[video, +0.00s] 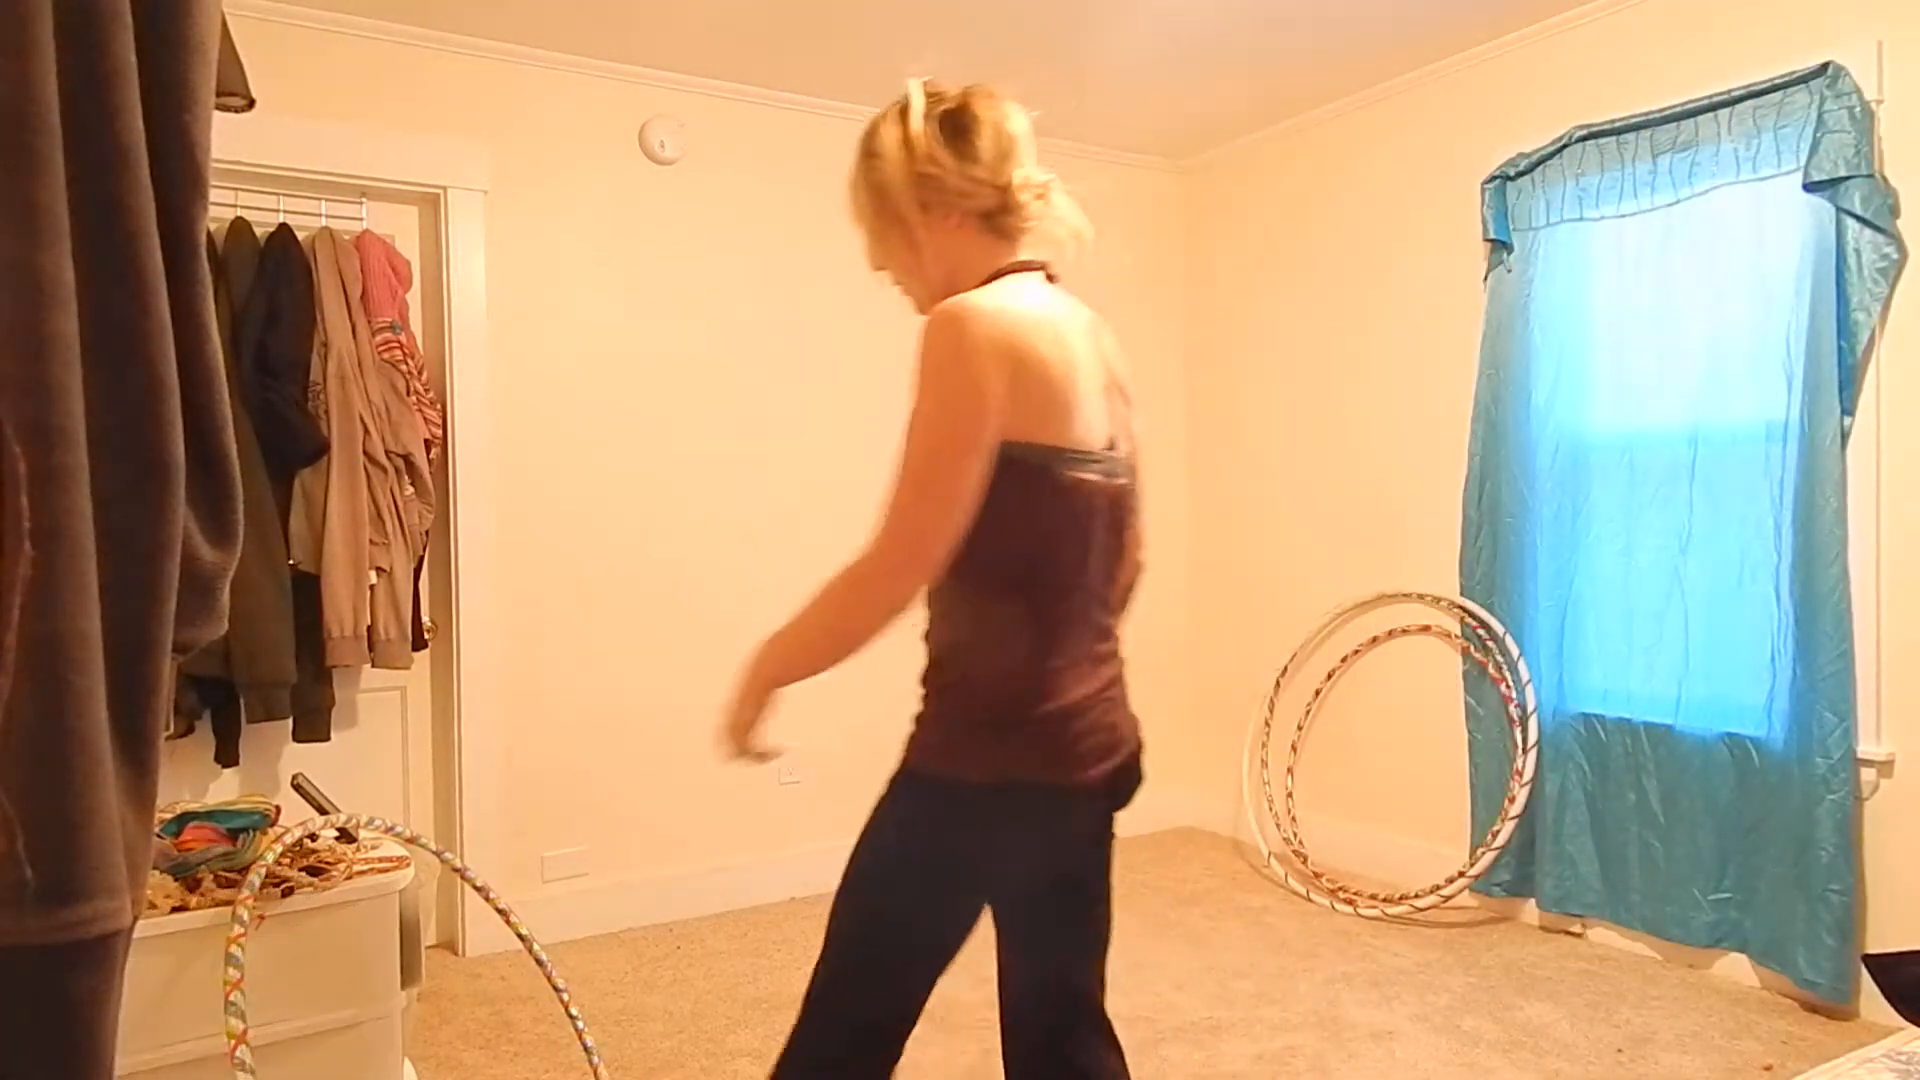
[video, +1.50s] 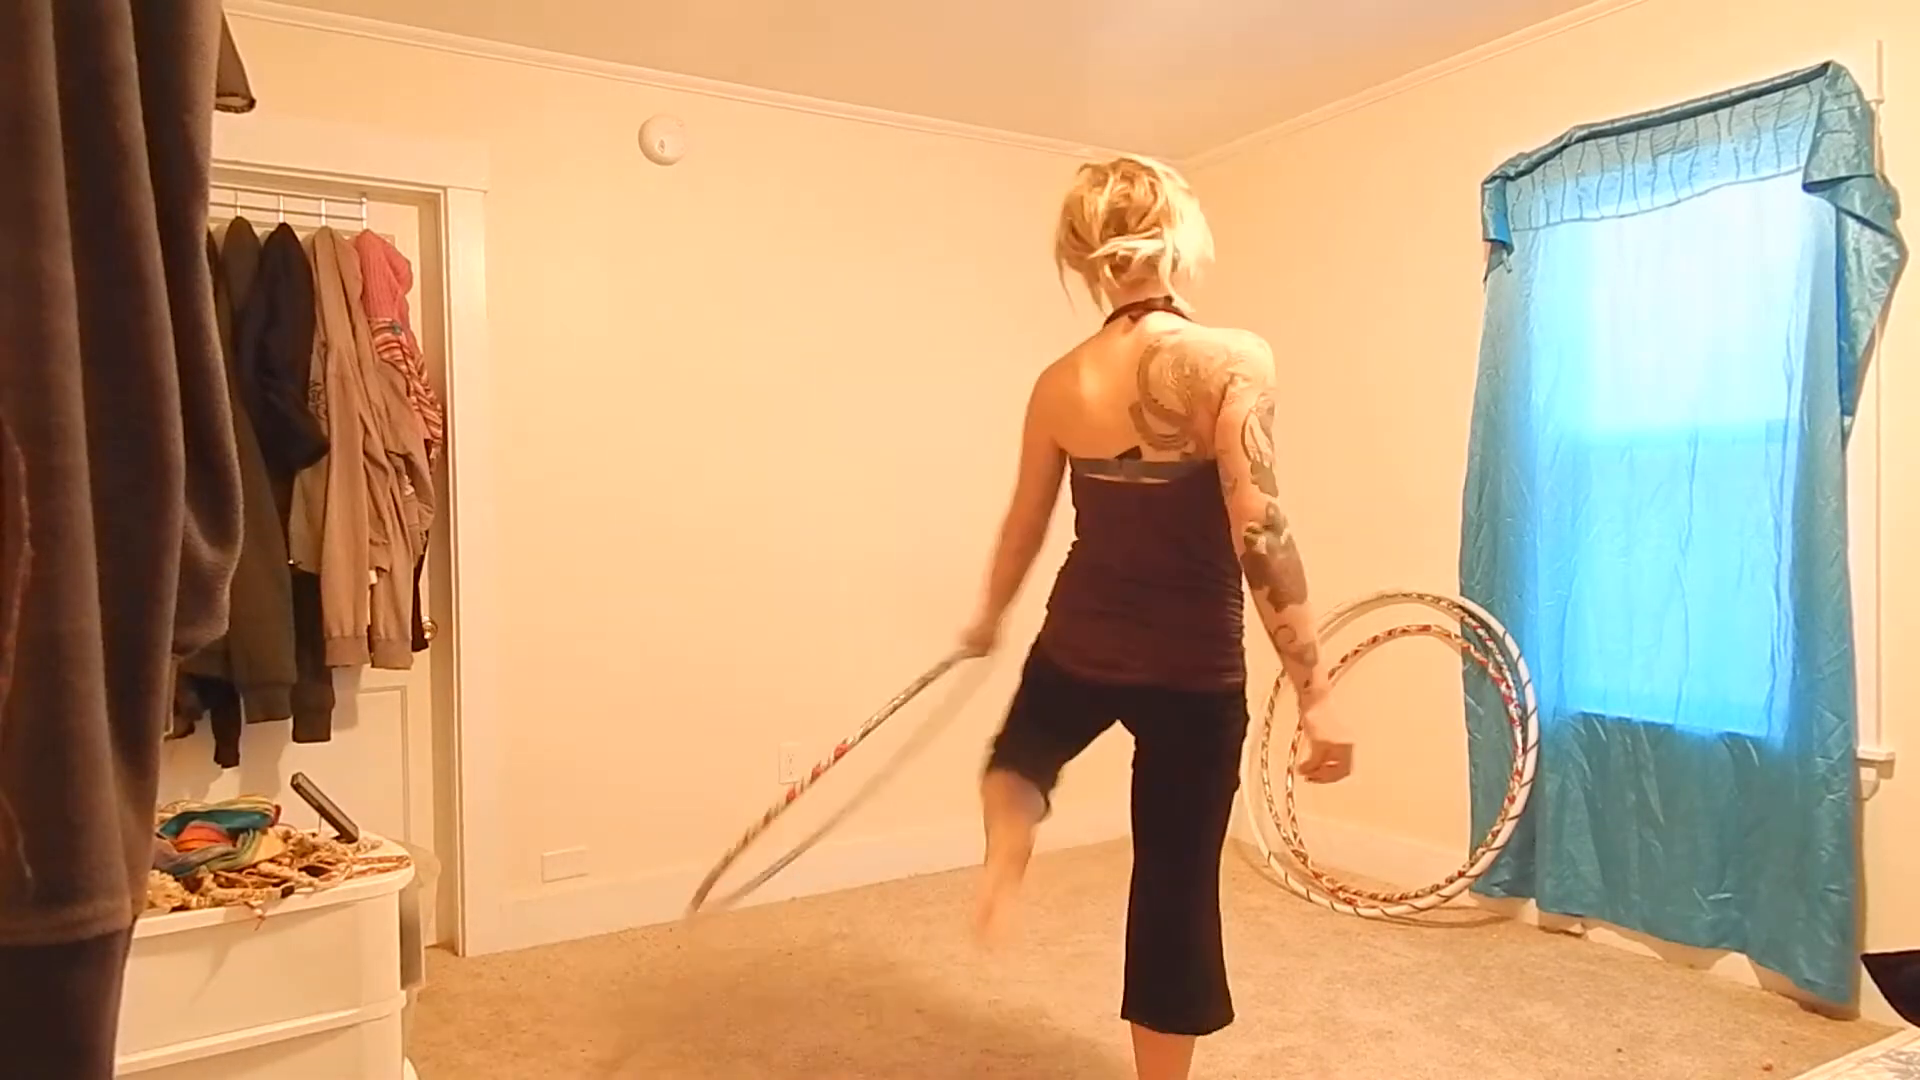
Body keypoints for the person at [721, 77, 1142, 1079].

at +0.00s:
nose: (883, 265)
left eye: (886, 234)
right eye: (877, 239)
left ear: (943, 209)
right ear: (990, 202)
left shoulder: (971, 326)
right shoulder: (1082, 331)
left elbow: (906, 559)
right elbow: (1122, 565)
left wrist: (767, 667)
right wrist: (1042, 671)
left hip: (980, 751)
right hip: (1083, 742)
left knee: (840, 1043)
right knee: (1061, 1036)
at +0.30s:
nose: (672, 296)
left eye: (672, 268)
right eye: (665, 271)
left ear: (711, 253)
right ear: (791, 237)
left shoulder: (729, 392)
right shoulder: (915, 357)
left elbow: (569, 617)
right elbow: (997, 553)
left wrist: (392, 782)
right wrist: (967, 689)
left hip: (849, 754)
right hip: (988, 735)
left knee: (757, 1012)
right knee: (1006, 981)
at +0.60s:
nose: (598, 347)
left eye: (601, 320)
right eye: (594, 322)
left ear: (650, 307)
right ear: (715, 291)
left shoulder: (655, 449)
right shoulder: (843, 387)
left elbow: (490, 671)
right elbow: (965, 560)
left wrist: (329, 819)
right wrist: (1015, 675)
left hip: (816, 761)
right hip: (955, 717)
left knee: (715, 1020)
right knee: (1039, 957)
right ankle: (1108, 1073)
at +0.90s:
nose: (778, 323)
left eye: (774, 307)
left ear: (787, 306)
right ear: (887, 286)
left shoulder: (784, 435)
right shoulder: (973, 415)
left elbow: (656, 596)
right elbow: (1069, 578)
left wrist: (500, 731)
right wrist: (1132, 692)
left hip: (872, 750)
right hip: (1008, 737)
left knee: (776, 994)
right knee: (1066, 986)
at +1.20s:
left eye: (985, 263)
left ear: (992, 269)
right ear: (1087, 244)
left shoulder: (982, 395)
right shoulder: (1170, 358)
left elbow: (881, 543)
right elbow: (1250, 522)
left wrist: (774, 652)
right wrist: (1332, 658)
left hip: (1020, 671)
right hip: (1148, 681)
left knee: (901, 826)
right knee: (1148, 933)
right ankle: (1156, 1074)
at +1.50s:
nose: (1194, 246)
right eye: (1188, 231)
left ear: (1088, 259)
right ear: (1184, 244)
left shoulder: (1061, 384)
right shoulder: (1231, 360)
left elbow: (1024, 529)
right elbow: (1258, 531)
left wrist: (986, 619)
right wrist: (1312, 681)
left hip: (1079, 648)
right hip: (1194, 666)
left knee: (1025, 753)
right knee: (1174, 887)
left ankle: (1004, 853)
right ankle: (1161, 1068)